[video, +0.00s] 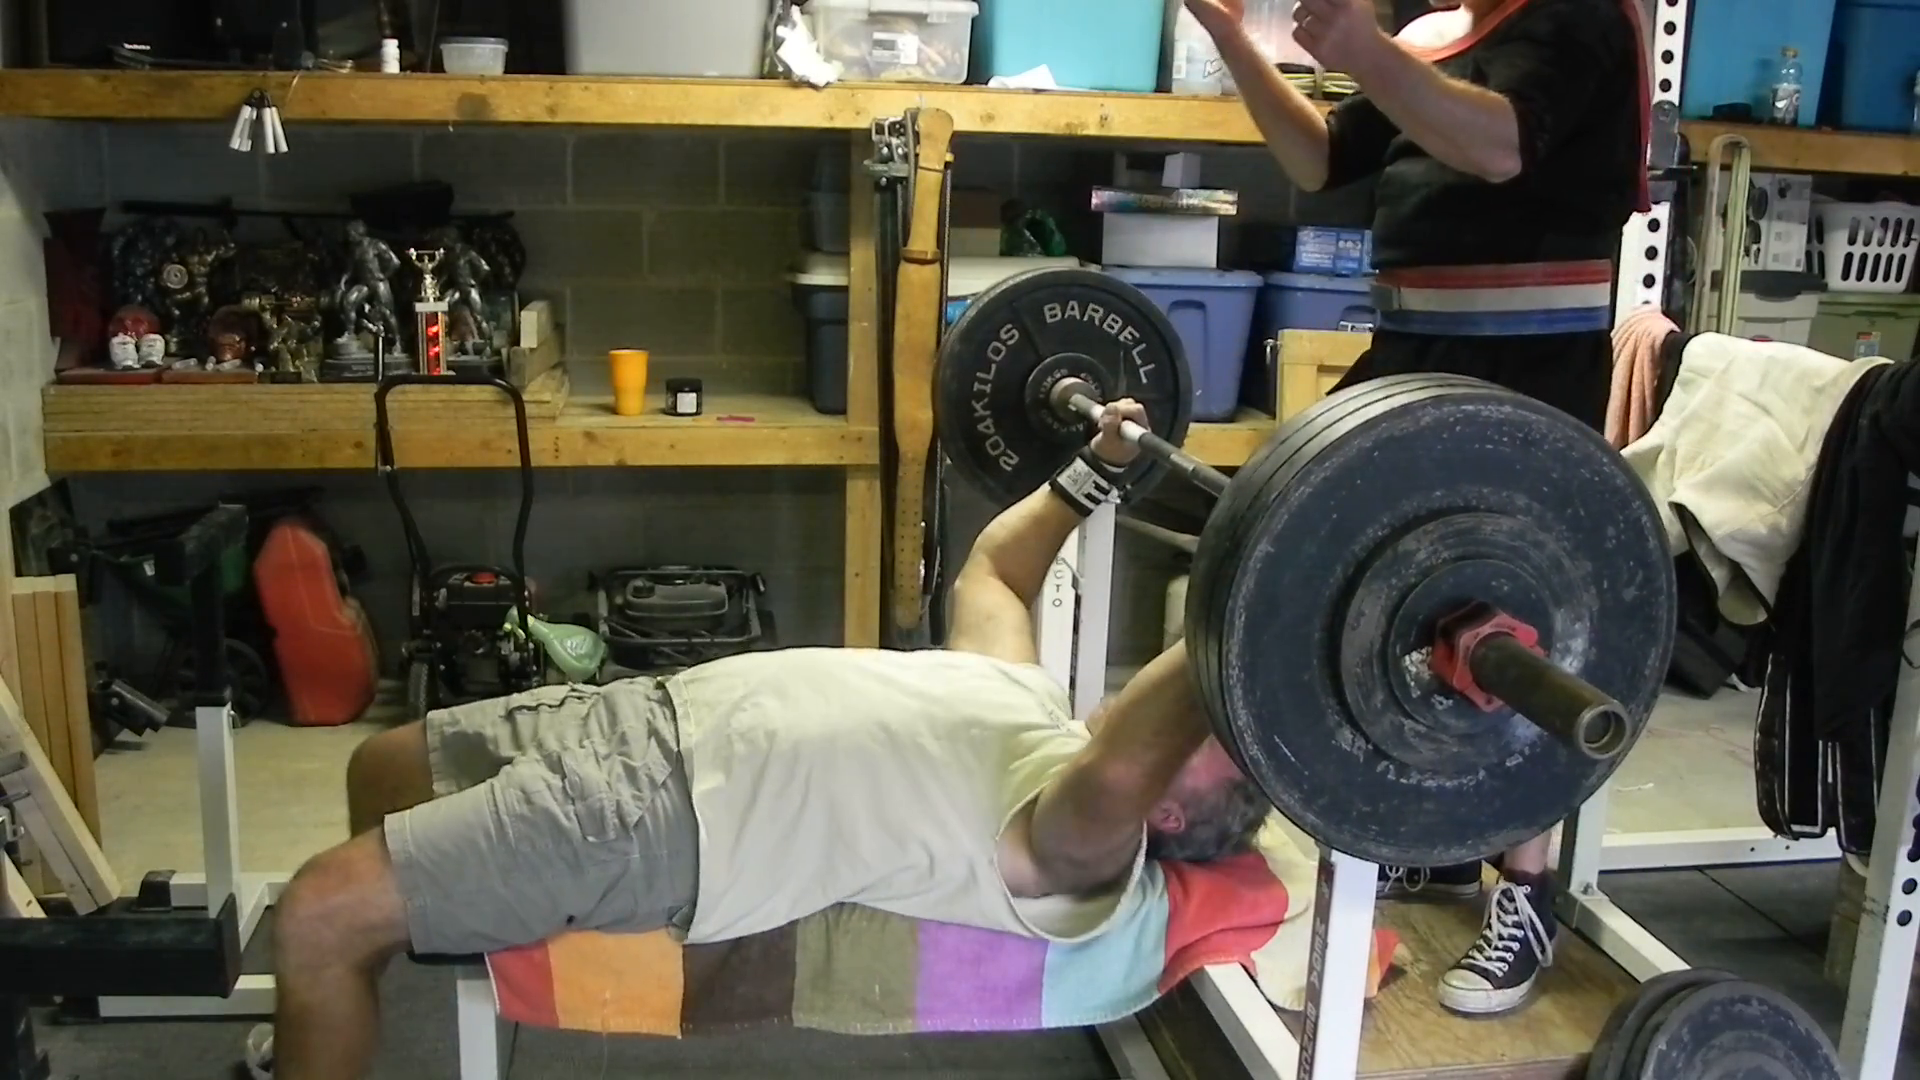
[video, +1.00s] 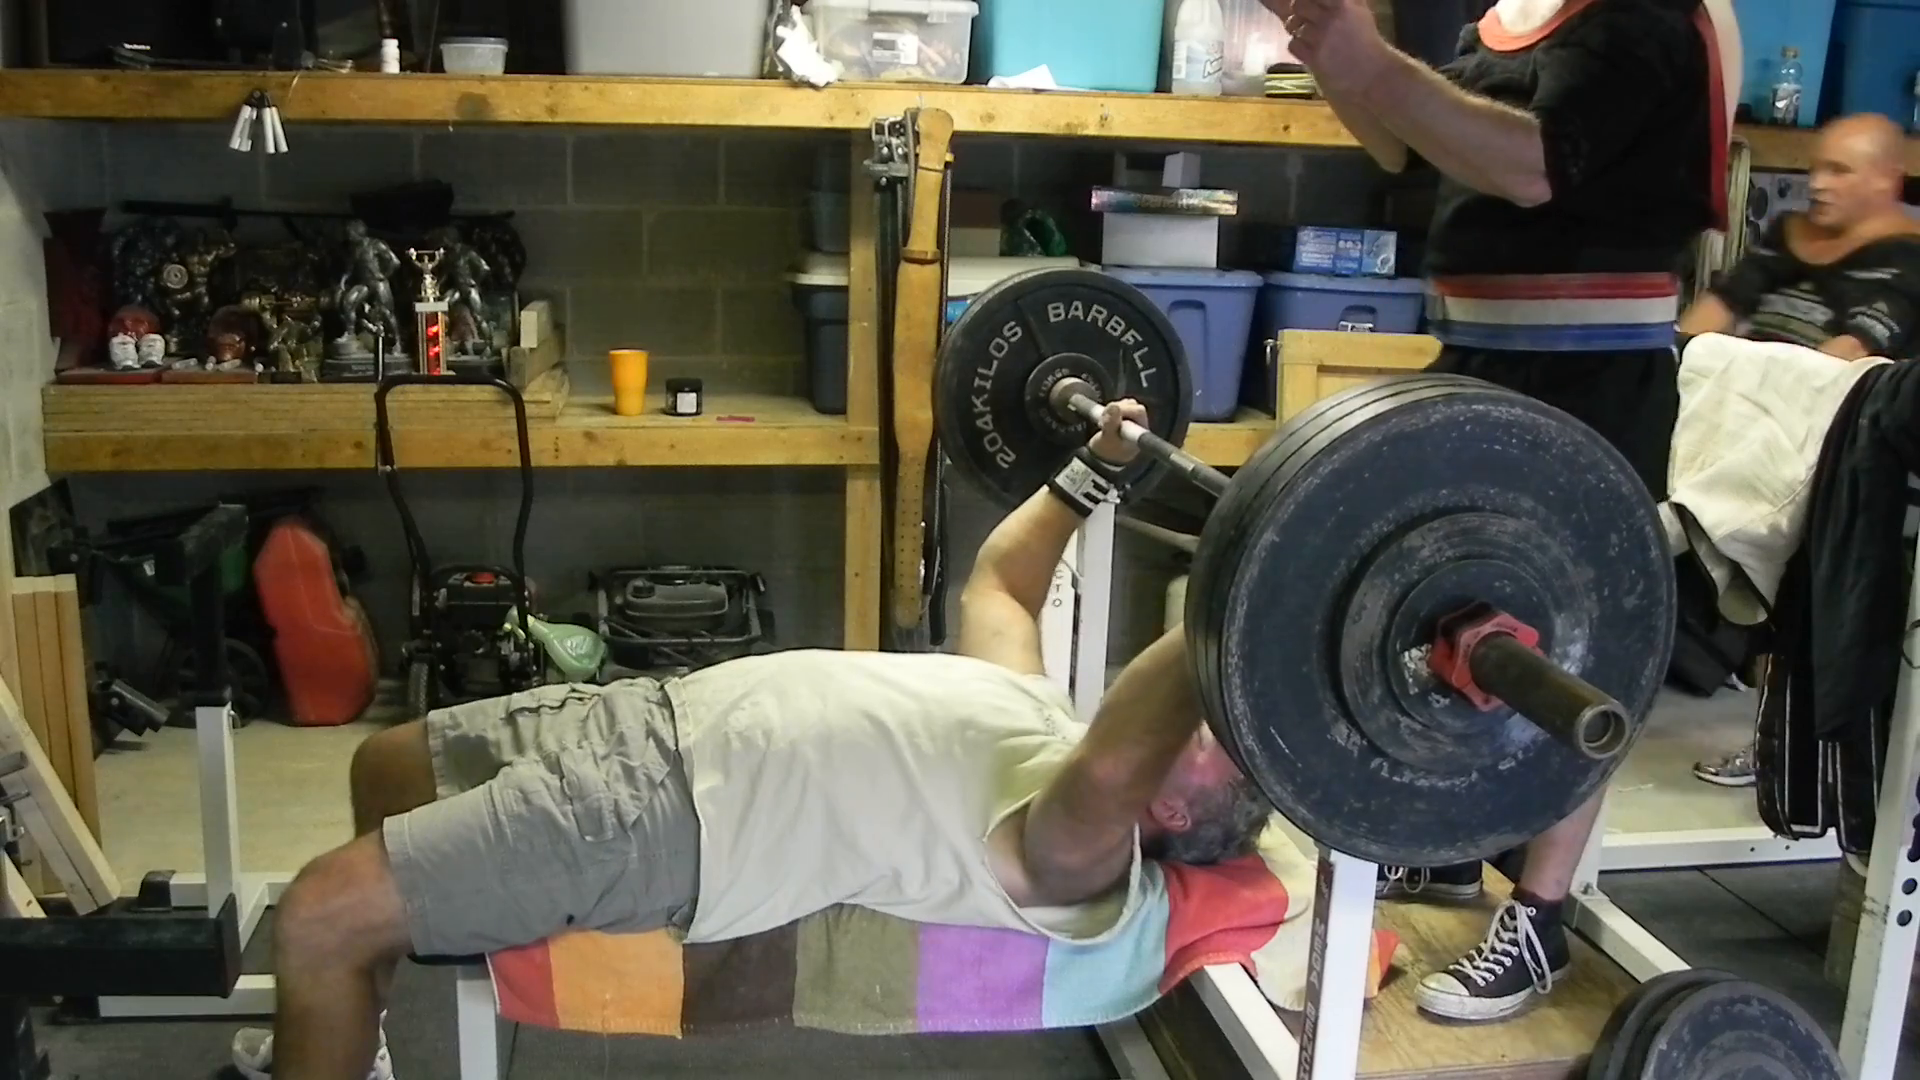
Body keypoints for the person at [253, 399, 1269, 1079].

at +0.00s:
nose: (1185, 731)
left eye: (1218, 745)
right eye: (1202, 716)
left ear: (1206, 810)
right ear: (1173, 719)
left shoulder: (1074, 851)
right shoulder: (1017, 702)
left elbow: (1125, 761)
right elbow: (999, 570)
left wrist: (1250, 623)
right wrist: (1086, 472)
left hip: (656, 821)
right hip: (635, 709)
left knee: (320, 914)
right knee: (384, 768)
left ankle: (318, 1062)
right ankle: (424, 951)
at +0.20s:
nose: (1187, 735)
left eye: (1218, 747)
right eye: (1203, 718)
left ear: (1208, 809)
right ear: (1176, 721)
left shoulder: (1076, 854)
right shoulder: (1018, 710)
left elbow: (1130, 762)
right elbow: (1005, 578)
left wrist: (1243, 612)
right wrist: (1088, 470)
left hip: (664, 821)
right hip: (642, 709)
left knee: (321, 925)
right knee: (379, 770)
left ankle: (319, 1065)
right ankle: (449, 952)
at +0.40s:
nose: (1188, 728)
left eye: (1220, 743)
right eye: (1206, 715)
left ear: (1210, 810)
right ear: (1181, 721)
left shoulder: (1090, 861)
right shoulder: (1031, 718)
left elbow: (1127, 750)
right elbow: (1004, 583)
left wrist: (1229, 607)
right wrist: (1089, 473)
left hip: (672, 822)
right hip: (651, 710)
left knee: (334, 922)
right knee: (383, 768)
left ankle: (319, 1069)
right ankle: (344, 1020)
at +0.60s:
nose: (1199, 743)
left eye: (1227, 752)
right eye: (1212, 726)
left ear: (1221, 809)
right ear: (1188, 735)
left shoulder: (1099, 858)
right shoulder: (1042, 711)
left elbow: (1138, 769)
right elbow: (1012, 584)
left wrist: (1244, 611)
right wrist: (1092, 472)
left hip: (676, 817)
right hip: (659, 708)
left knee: (343, 914)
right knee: (400, 767)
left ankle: (318, 1073)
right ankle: (341, 1029)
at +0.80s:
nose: (1196, 742)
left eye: (1225, 753)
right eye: (1211, 726)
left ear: (1213, 814)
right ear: (1182, 736)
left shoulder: (1084, 861)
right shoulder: (1032, 714)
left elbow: (1140, 763)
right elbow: (1015, 586)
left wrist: (1246, 616)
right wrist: (1089, 471)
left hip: (670, 819)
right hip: (654, 711)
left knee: (330, 915)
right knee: (392, 769)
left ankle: (318, 1073)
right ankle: (345, 1023)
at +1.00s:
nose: (1190, 740)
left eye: (1219, 751)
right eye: (1203, 724)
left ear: (1203, 816)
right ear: (1172, 739)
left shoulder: (1074, 861)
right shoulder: (1023, 715)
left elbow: (1128, 748)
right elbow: (1007, 581)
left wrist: (1243, 605)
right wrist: (1089, 467)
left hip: (664, 821)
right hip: (648, 712)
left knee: (318, 917)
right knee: (384, 766)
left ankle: (333, 1061)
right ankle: (373, 1007)